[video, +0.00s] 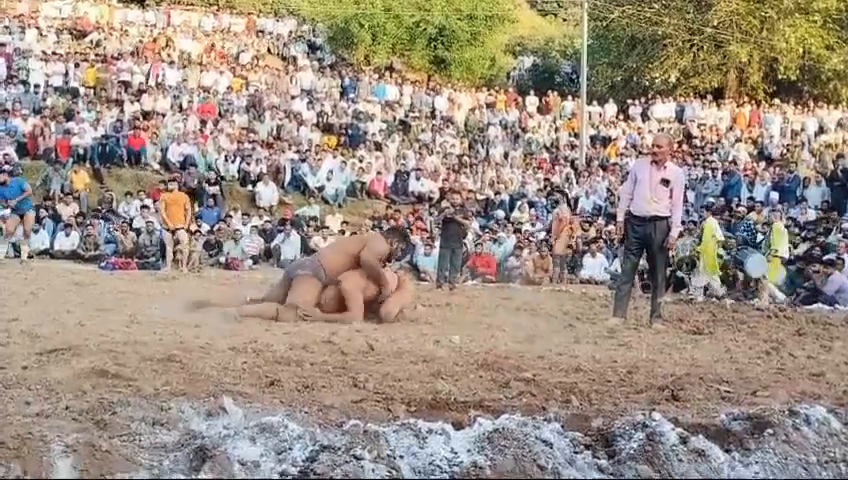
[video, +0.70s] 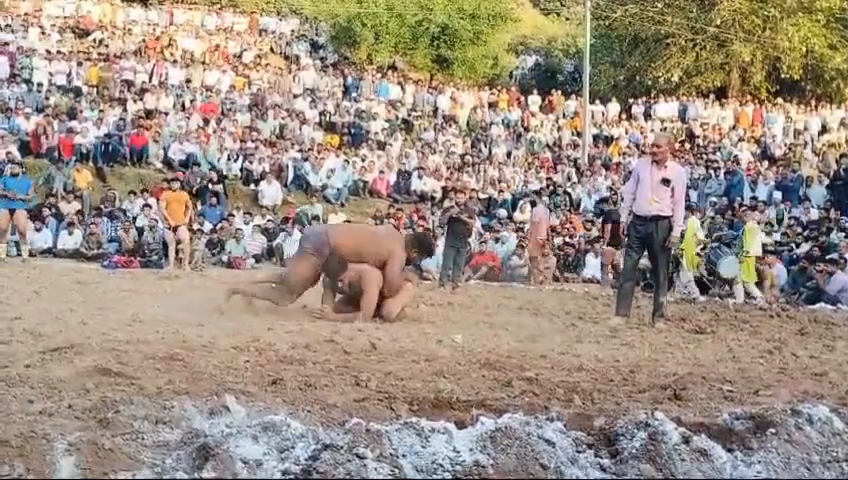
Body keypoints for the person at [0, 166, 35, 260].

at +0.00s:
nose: (0, 177)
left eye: (1, 175)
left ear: (6, 174)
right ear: (2, 176)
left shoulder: (19, 181)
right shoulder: (2, 189)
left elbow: (29, 191)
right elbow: (3, 201)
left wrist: (16, 200)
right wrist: (8, 204)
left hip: (28, 209)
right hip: (15, 210)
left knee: (27, 231)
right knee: (9, 230)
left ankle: (24, 255)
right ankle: (5, 251)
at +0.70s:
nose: (13, 169)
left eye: (15, 167)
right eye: (11, 167)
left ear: (21, 169)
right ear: (9, 168)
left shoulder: (27, 182)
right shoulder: (4, 179)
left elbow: (30, 196)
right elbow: (1, 191)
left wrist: (19, 197)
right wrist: (7, 194)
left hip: (20, 206)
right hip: (5, 206)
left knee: (22, 230)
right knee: (3, 229)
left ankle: (25, 254)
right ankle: (3, 254)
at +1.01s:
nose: (21, 172)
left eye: (23, 170)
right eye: (19, 170)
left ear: (26, 171)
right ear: (15, 170)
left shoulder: (28, 183)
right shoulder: (8, 180)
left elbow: (32, 195)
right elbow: (3, 194)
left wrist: (27, 199)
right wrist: (14, 200)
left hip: (21, 207)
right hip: (7, 207)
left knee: (25, 229)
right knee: (5, 229)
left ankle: (26, 255)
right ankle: (3, 255)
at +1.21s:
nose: (31, 175)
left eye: (33, 173)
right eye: (29, 173)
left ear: (35, 174)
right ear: (25, 174)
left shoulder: (38, 185)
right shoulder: (19, 184)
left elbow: (40, 197)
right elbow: (15, 198)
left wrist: (36, 201)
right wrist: (28, 202)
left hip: (31, 211)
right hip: (18, 210)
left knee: (34, 233)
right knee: (15, 234)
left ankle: (32, 258)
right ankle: (9, 257)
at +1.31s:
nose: (45, 179)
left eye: (47, 176)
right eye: (43, 176)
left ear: (49, 178)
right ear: (39, 177)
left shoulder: (49, 190)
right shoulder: (33, 188)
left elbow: (51, 201)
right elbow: (32, 201)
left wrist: (52, 203)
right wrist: (43, 205)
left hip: (43, 215)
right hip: (31, 215)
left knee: (45, 238)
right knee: (26, 238)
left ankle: (42, 262)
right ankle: (19, 261)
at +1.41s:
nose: (65, 185)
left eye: (66, 183)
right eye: (63, 183)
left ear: (68, 184)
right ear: (58, 183)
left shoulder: (67, 194)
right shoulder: (53, 193)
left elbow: (69, 204)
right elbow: (52, 207)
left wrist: (73, 205)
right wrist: (66, 208)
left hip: (62, 221)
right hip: (51, 220)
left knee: (63, 243)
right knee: (45, 243)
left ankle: (57, 266)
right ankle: (36, 262)